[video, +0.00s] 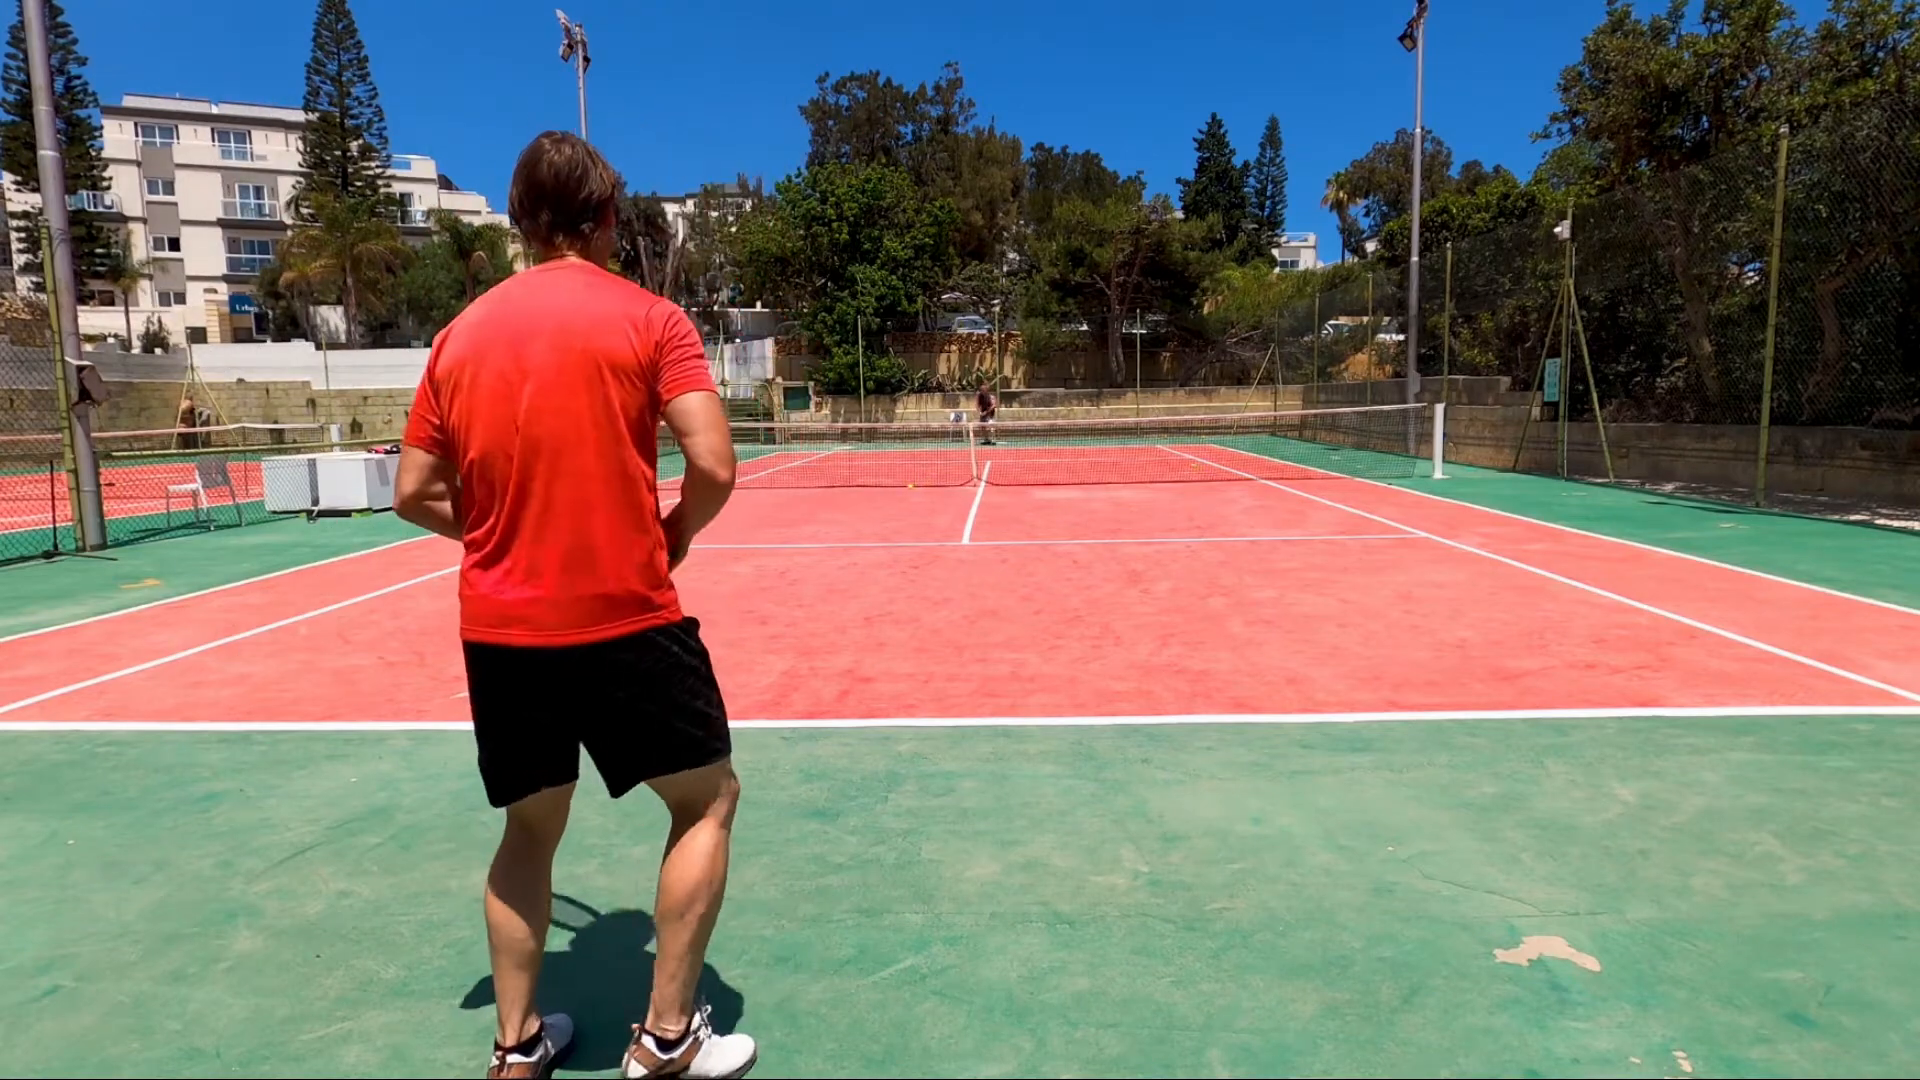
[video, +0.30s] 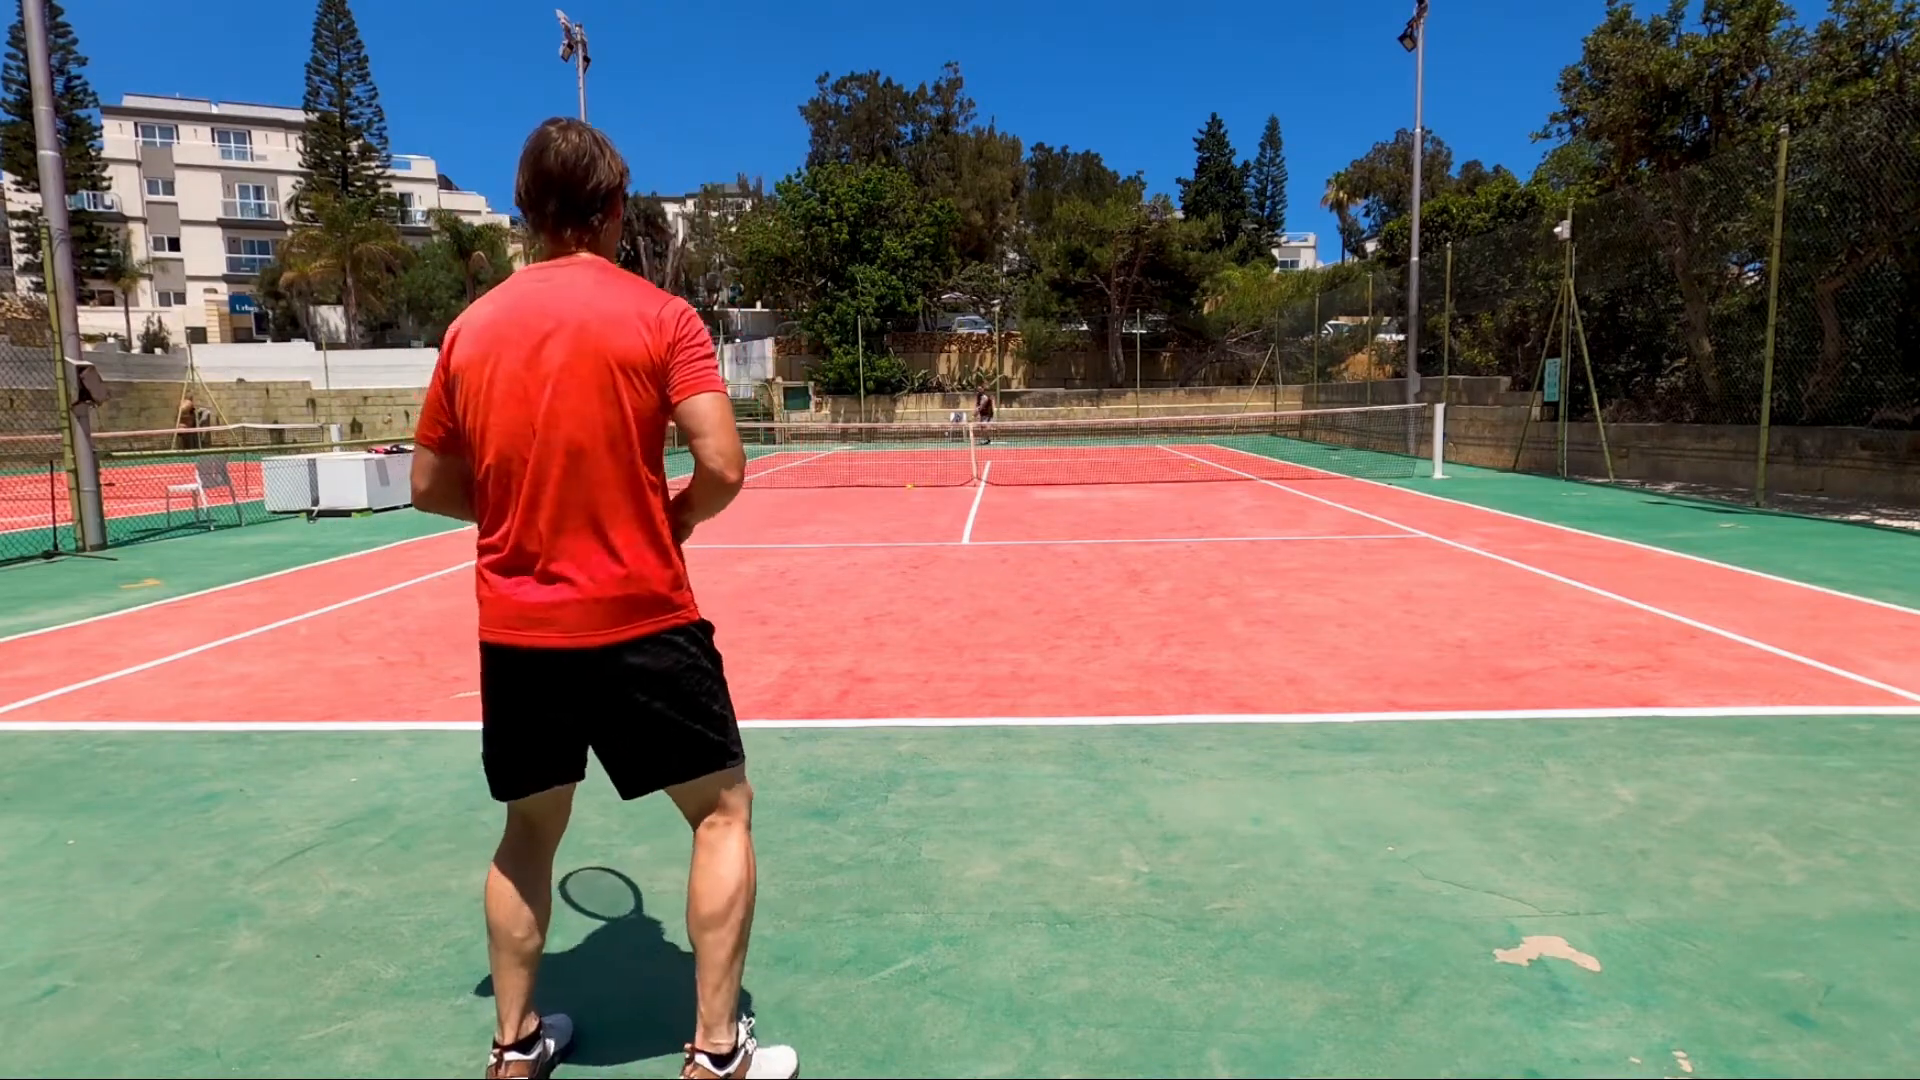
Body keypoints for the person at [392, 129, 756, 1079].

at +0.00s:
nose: (620, 231)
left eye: (614, 219)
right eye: (617, 218)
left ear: (521, 222)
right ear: (606, 219)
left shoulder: (461, 335)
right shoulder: (649, 317)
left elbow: (418, 494)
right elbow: (713, 466)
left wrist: (504, 522)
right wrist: (677, 531)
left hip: (505, 630)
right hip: (628, 621)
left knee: (529, 824)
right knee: (704, 800)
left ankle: (514, 1039)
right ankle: (666, 1032)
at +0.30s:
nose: (623, 217)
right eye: (623, 204)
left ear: (527, 211)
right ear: (616, 210)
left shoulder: (473, 329)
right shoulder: (660, 315)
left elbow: (434, 488)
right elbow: (722, 467)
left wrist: (527, 489)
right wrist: (672, 517)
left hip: (521, 630)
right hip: (645, 624)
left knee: (529, 826)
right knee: (720, 810)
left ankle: (513, 1039)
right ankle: (716, 1042)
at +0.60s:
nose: (598, 242)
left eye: (598, 229)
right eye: (685, 231)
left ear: (598, 240)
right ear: (694, 243)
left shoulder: (545, 353)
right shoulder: (750, 356)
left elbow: (486, 513)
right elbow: (804, 513)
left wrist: (574, 528)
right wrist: (724, 553)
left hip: (587, 649)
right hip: (717, 646)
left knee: (573, 824)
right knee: (765, 841)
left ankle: (585, 1047)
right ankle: (770, 1058)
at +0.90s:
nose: (691, 184)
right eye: (695, 170)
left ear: (601, 176)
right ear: (696, 177)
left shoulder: (537, 287)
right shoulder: (747, 291)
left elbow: (482, 452)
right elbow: (817, 449)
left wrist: (569, 479)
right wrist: (738, 508)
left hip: (572, 594)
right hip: (709, 593)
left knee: (545, 791)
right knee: (760, 820)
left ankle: (523, 1015)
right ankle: (782, 1046)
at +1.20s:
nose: (676, 287)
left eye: (669, 271)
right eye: (673, 273)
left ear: (568, 283)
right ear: (663, 285)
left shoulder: (498, 389)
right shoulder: (689, 397)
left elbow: (449, 554)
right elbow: (752, 566)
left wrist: (545, 578)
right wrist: (695, 615)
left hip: (498, 708)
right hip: (637, 710)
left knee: (457, 877)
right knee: (769, 865)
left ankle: (362, 1069)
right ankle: (764, 1072)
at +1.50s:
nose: (858, 286)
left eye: (853, 271)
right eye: (855, 272)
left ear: (758, 277)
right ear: (843, 282)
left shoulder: (705, 377)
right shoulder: (823, 398)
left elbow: (707, 541)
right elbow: (835, 590)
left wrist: (808, 622)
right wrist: (886, 669)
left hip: (618, 701)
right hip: (725, 720)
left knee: (582, 881)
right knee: (876, 900)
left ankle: (402, 1053)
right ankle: (782, 1074)